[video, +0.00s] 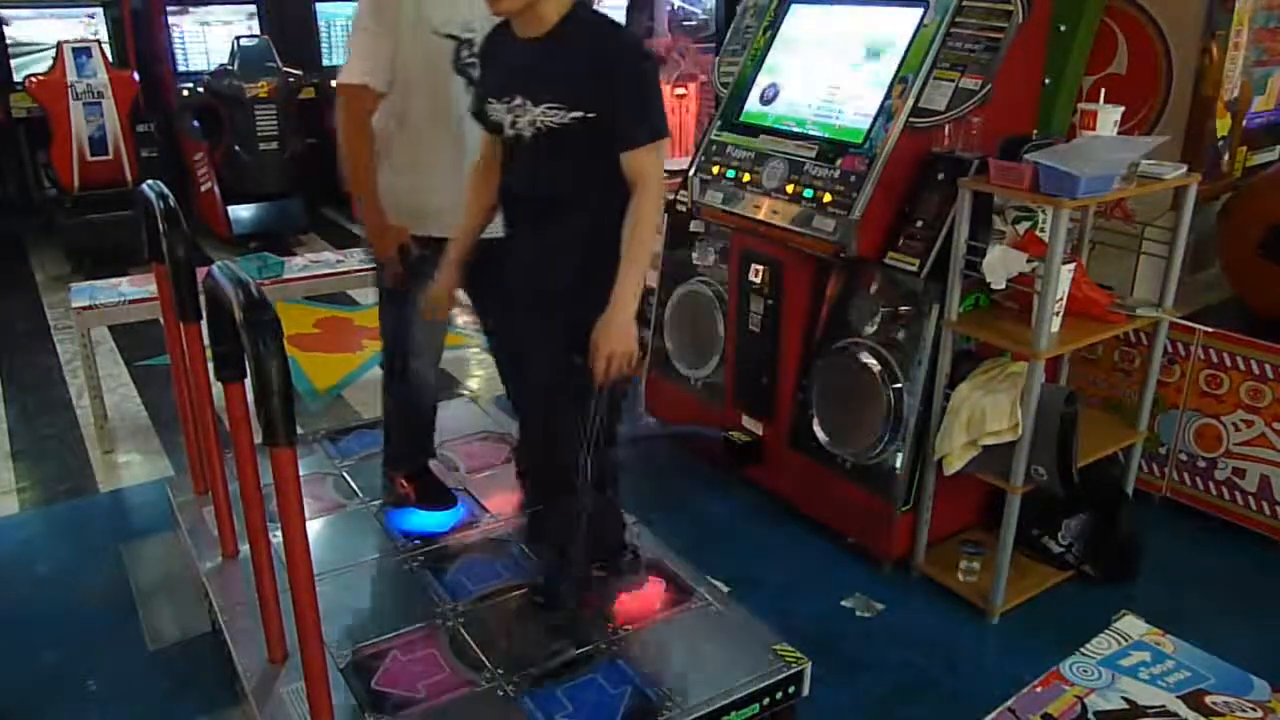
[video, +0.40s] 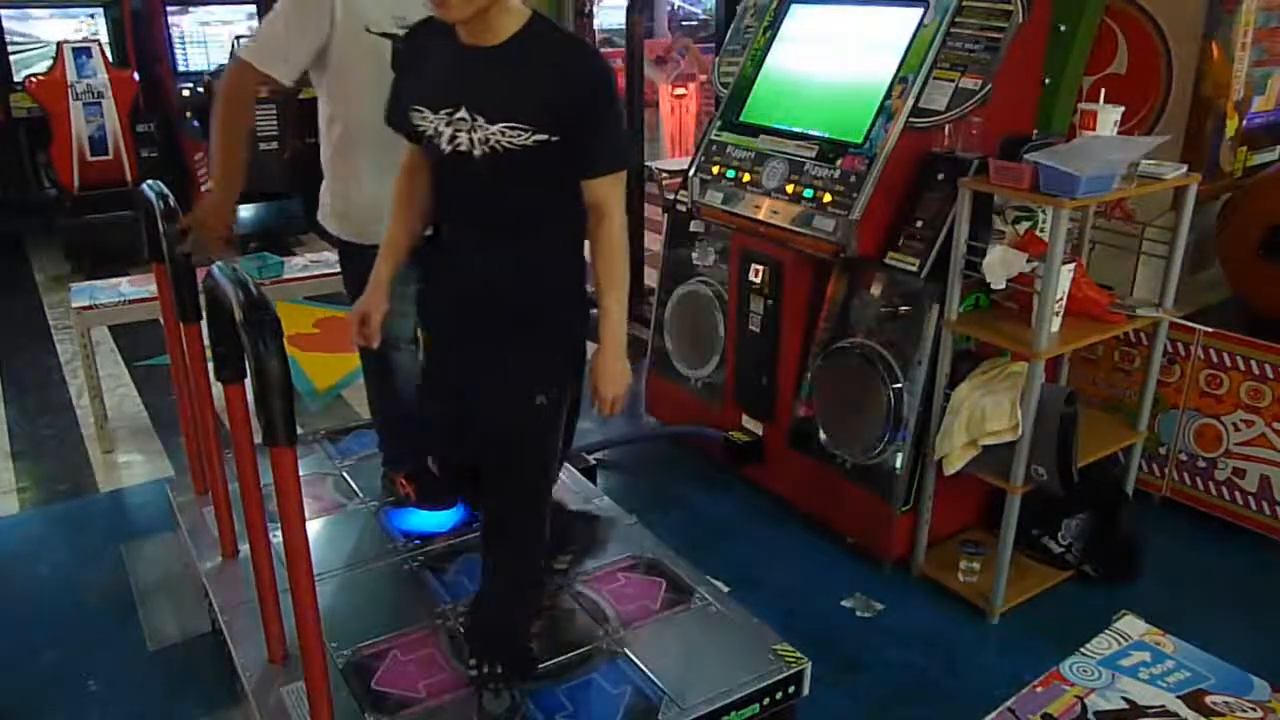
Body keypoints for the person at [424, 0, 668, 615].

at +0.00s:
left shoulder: (615, 53)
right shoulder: (499, 48)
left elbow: (649, 189)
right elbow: (490, 165)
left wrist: (623, 311)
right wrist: (453, 265)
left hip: (594, 284)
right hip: (524, 277)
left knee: (564, 452)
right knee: (553, 431)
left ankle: (566, 600)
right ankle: (604, 548)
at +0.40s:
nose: (436, 0)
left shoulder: (576, 70)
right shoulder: (423, 49)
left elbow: (606, 214)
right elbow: (418, 166)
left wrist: (613, 344)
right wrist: (380, 277)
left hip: (539, 321)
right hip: (452, 313)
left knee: (514, 502)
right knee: (460, 458)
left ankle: (499, 654)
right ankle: (557, 529)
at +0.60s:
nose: (413, 7)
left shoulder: (559, 69)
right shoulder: (388, 43)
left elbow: (590, 214)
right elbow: (366, 167)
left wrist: (588, 345)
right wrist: (323, 250)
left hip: (521, 327)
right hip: (423, 322)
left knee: (514, 497)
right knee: (428, 489)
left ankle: (506, 661)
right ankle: (455, 624)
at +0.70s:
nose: (401, 7)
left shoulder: (552, 69)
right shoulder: (368, 49)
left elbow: (581, 215)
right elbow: (327, 165)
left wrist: (579, 346)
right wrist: (289, 255)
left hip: (518, 344)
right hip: (413, 343)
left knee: (518, 522)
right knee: (417, 513)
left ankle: (501, 659)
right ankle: (403, 647)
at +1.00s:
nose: (333, 2)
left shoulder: (501, 58)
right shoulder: (292, 55)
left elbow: (535, 200)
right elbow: (239, 172)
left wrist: (565, 327)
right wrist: (255, 287)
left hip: (483, 348)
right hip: (374, 356)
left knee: (503, 528)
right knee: (391, 545)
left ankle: (503, 676)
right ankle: (397, 700)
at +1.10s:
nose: (311, 3)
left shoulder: (481, 52)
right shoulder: (263, 56)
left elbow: (519, 198)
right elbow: (213, 177)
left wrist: (554, 321)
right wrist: (246, 296)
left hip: (469, 346)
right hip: (359, 359)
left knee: (495, 525)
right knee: (380, 545)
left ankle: (503, 669)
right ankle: (391, 697)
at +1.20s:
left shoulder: (461, 47)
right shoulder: (245, 59)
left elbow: (501, 192)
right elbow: (193, 175)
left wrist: (540, 318)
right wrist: (242, 300)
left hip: (459, 344)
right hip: (348, 359)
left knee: (485, 527)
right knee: (374, 542)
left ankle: (482, 668)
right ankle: (392, 690)